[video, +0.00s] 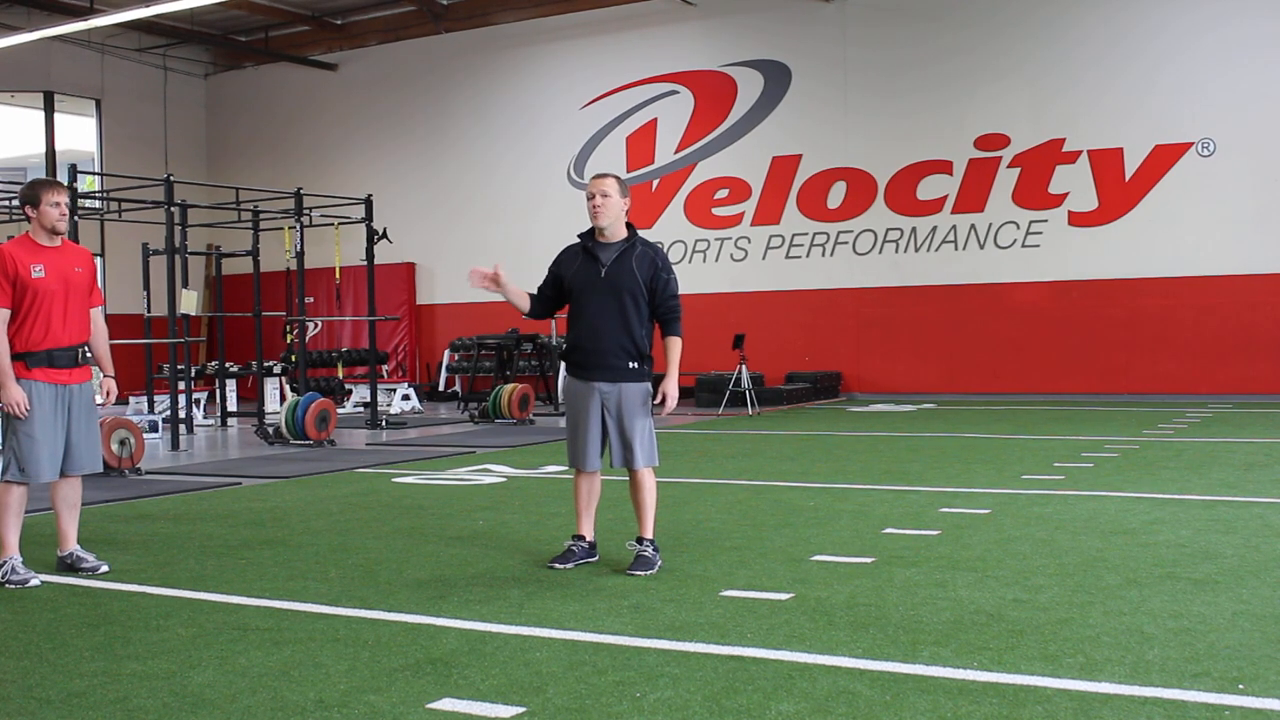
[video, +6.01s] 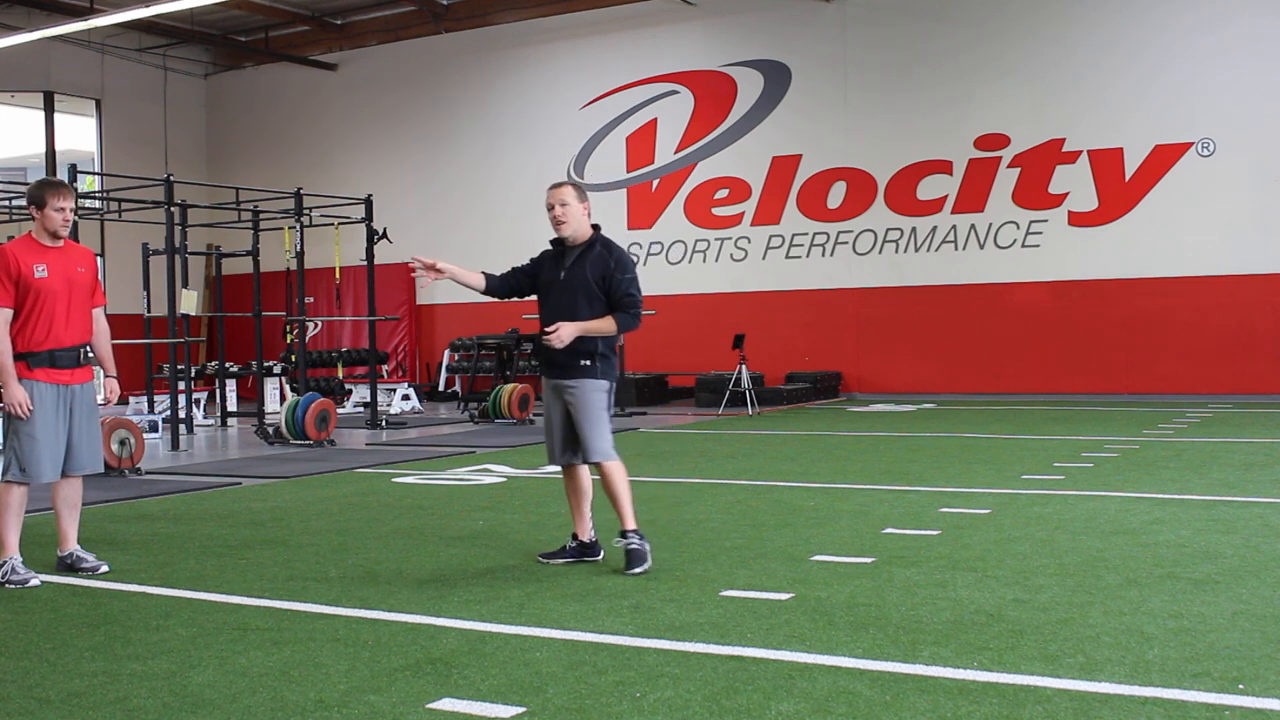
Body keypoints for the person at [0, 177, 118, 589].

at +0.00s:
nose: (64, 211)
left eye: (66, 205)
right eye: (54, 205)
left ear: (69, 210)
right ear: (31, 211)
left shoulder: (83, 257)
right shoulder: (10, 255)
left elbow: (95, 321)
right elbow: (0, 326)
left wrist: (108, 372)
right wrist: (7, 382)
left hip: (76, 377)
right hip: (30, 378)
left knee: (71, 466)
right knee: (18, 473)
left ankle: (69, 551)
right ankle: (9, 559)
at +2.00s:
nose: (66, 213)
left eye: (69, 206)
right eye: (57, 206)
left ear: (70, 210)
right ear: (33, 211)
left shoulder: (84, 257)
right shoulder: (11, 255)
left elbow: (96, 319)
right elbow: (0, 326)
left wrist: (109, 371)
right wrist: (7, 382)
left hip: (77, 376)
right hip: (30, 378)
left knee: (72, 466)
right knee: (18, 473)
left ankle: (69, 551)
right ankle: (9, 560)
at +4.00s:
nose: (67, 214)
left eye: (70, 207)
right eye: (59, 207)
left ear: (72, 211)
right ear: (35, 212)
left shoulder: (85, 257)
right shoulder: (11, 255)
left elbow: (97, 319)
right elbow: (1, 325)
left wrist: (110, 371)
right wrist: (7, 382)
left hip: (78, 377)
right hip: (30, 378)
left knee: (72, 466)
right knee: (19, 473)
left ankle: (69, 551)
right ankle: (9, 559)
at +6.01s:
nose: (66, 216)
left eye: (70, 210)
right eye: (58, 209)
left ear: (73, 212)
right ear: (36, 212)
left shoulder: (85, 257)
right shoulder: (12, 255)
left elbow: (97, 320)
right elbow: (2, 326)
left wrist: (110, 372)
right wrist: (9, 382)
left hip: (78, 377)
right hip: (31, 378)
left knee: (72, 466)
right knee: (19, 473)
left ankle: (69, 550)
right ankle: (10, 560)